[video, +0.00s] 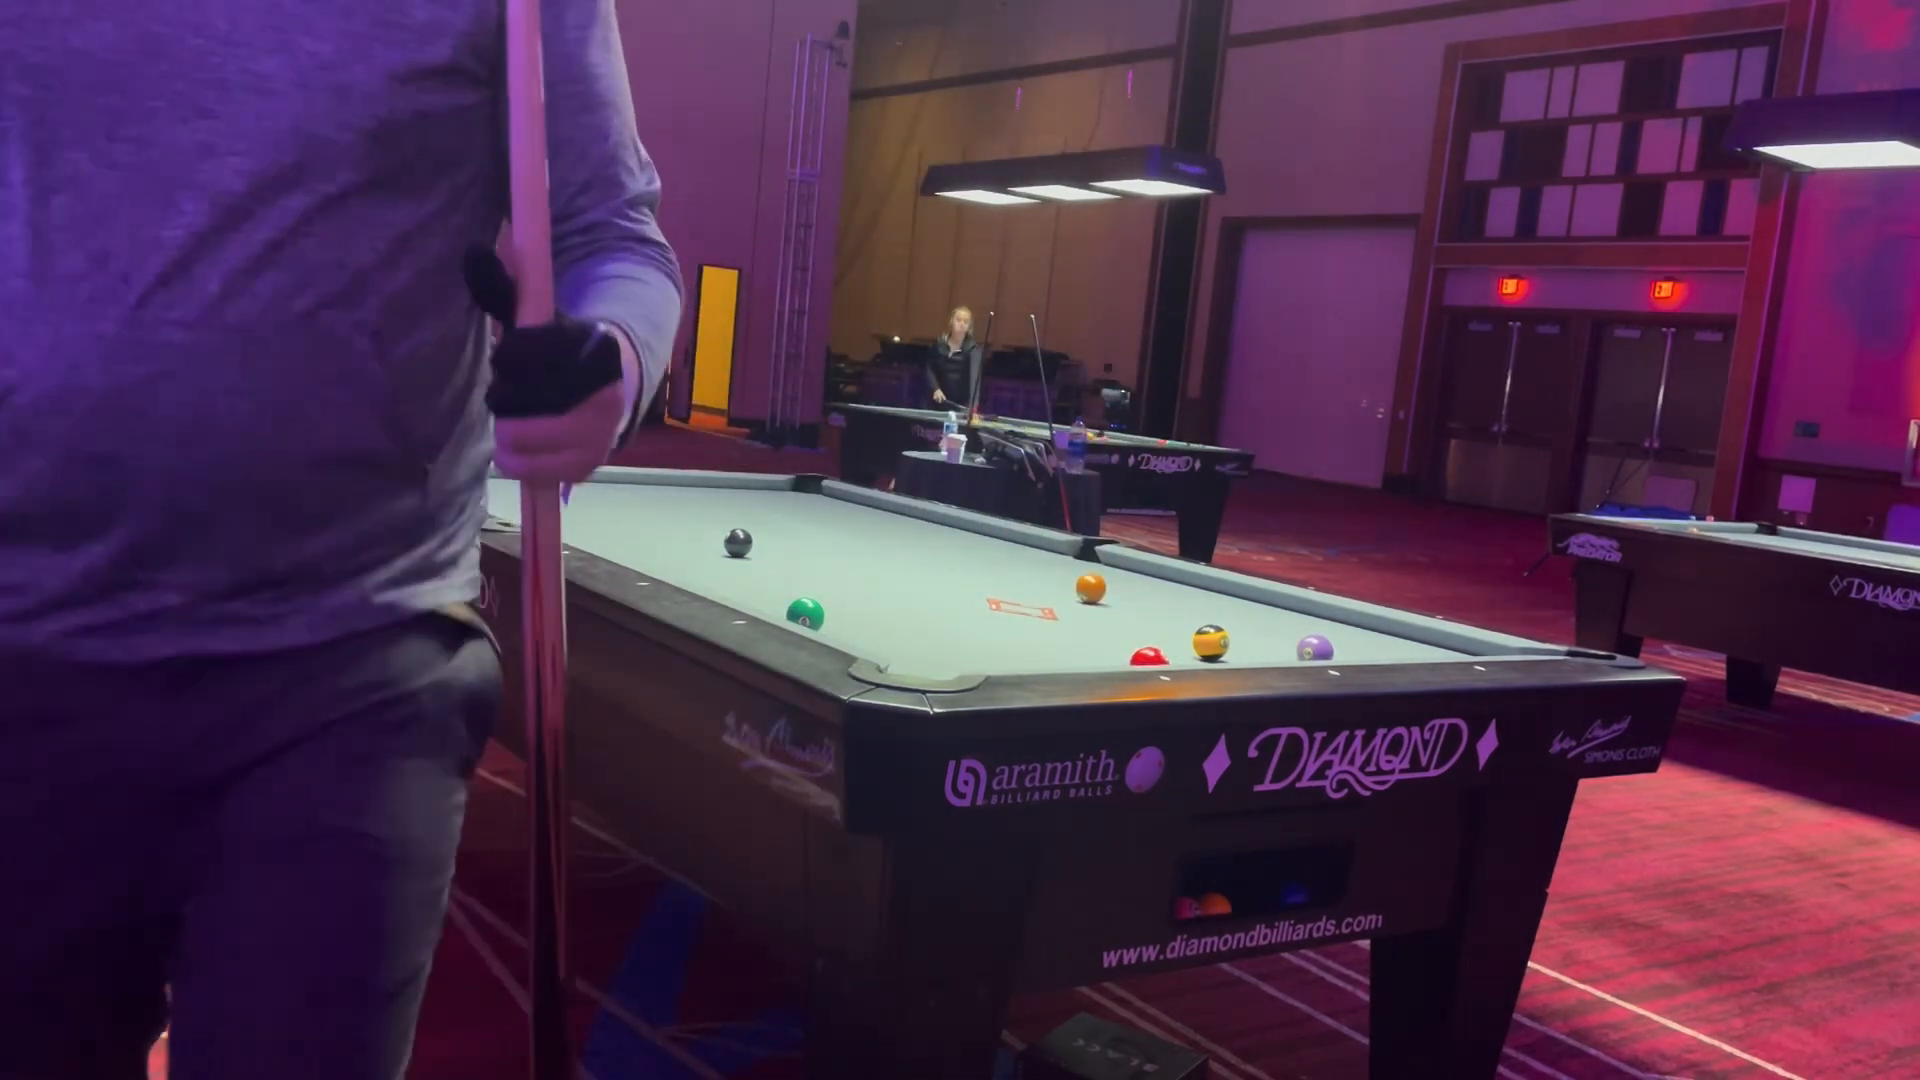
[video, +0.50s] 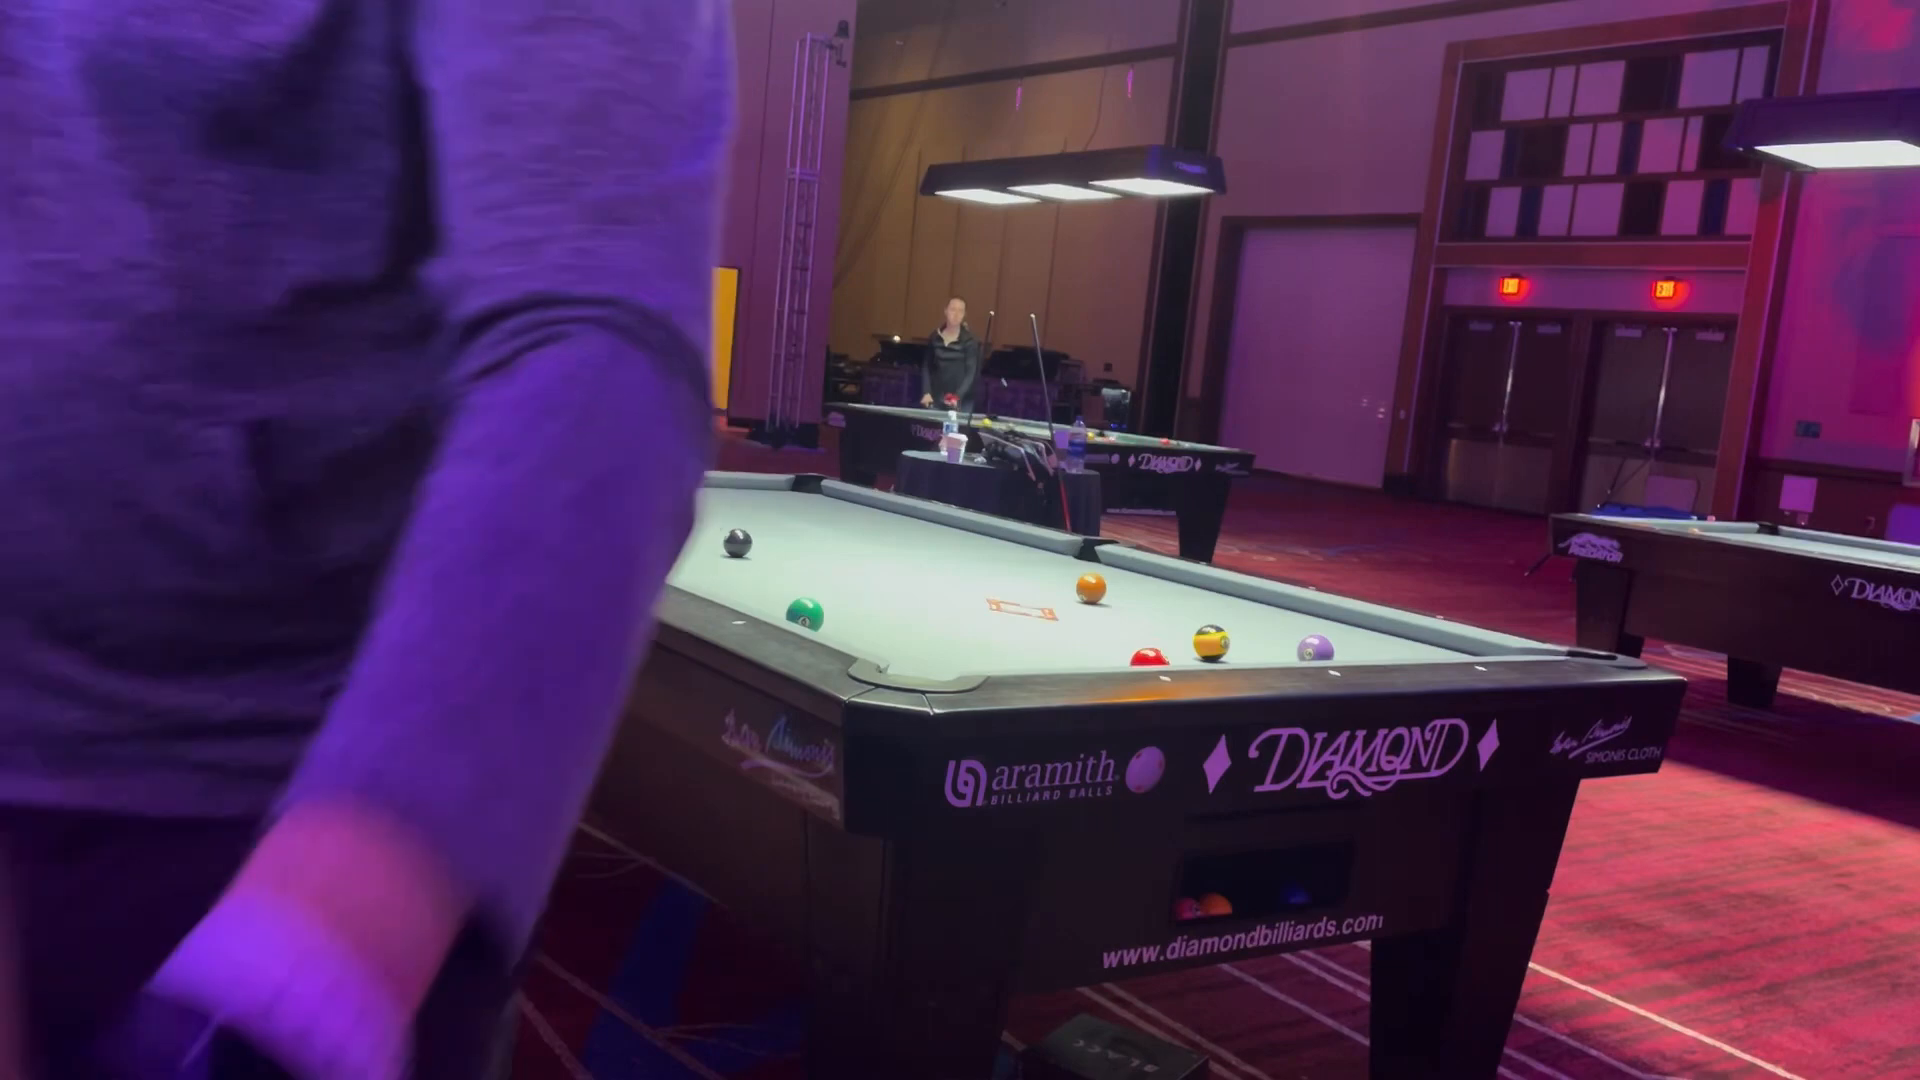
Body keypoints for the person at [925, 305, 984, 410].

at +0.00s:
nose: (961, 324)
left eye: (965, 322)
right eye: (958, 320)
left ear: (969, 326)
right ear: (951, 321)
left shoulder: (973, 349)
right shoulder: (938, 345)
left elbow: (974, 379)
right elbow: (929, 368)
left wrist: (973, 406)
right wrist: (936, 389)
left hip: (963, 403)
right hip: (939, 401)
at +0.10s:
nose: (960, 321)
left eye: (964, 318)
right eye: (957, 317)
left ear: (969, 323)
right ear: (951, 318)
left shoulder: (972, 347)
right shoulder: (938, 343)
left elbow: (973, 376)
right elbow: (930, 367)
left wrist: (971, 403)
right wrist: (934, 389)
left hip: (962, 402)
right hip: (939, 400)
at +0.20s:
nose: (960, 319)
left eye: (964, 315)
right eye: (956, 314)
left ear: (968, 320)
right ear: (949, 316)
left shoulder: (971, 345)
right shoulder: (937, 341)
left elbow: (972, 375)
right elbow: (929, 366)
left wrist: (968, 403)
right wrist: (933, 389)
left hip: (960, 400)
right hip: (938, 398)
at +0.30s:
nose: (959, 317)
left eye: (963, 313)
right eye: (956, 312)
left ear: (967, 317)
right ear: (948, 314)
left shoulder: (970, 344)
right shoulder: (936, 340)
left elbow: (971, 373)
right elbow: (928, 365)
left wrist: (966, 401)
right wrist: (930, 390)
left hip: (959, 400)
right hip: (937, 398)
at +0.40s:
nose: (957, 315)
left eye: (961, 312)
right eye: (954, 311)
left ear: (965, 316)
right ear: (947, 313)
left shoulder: (970, 342)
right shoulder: (935, 339)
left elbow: (971, 373)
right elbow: (928, 366)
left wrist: (962, 400)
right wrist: (928, 391)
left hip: (959, 399)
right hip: (937, 398)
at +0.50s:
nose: (956, 314)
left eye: (960, 311)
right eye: (953, 309)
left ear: (964, 314)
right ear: (945, 312)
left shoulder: (970, 340)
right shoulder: (934, 338)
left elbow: (971, 372)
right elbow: (926, 366)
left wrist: (957, 396)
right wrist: (926, 392)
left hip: (962, 399)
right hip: (937, 396)